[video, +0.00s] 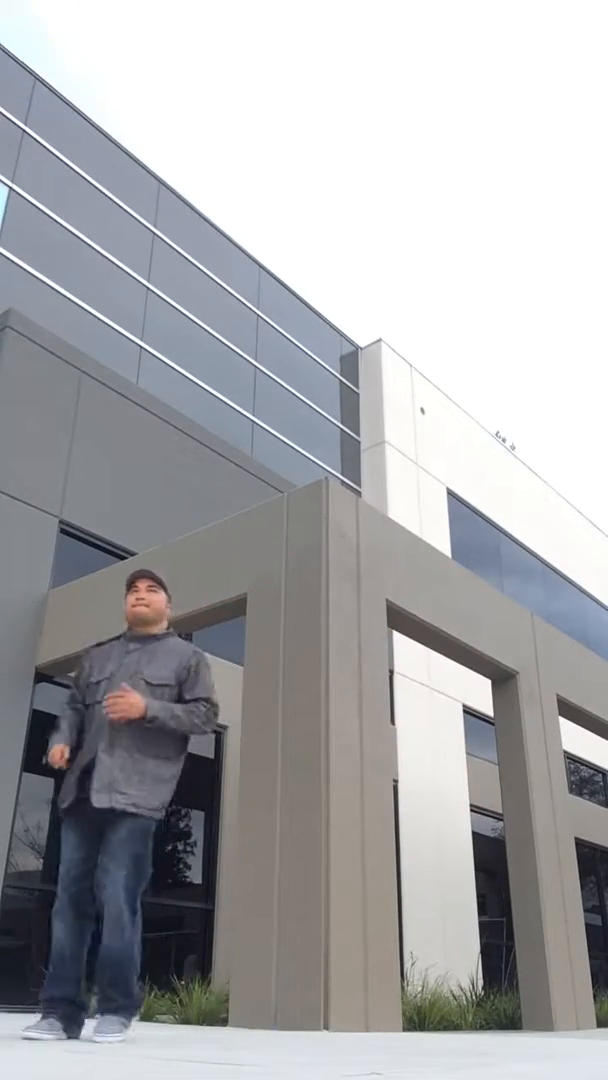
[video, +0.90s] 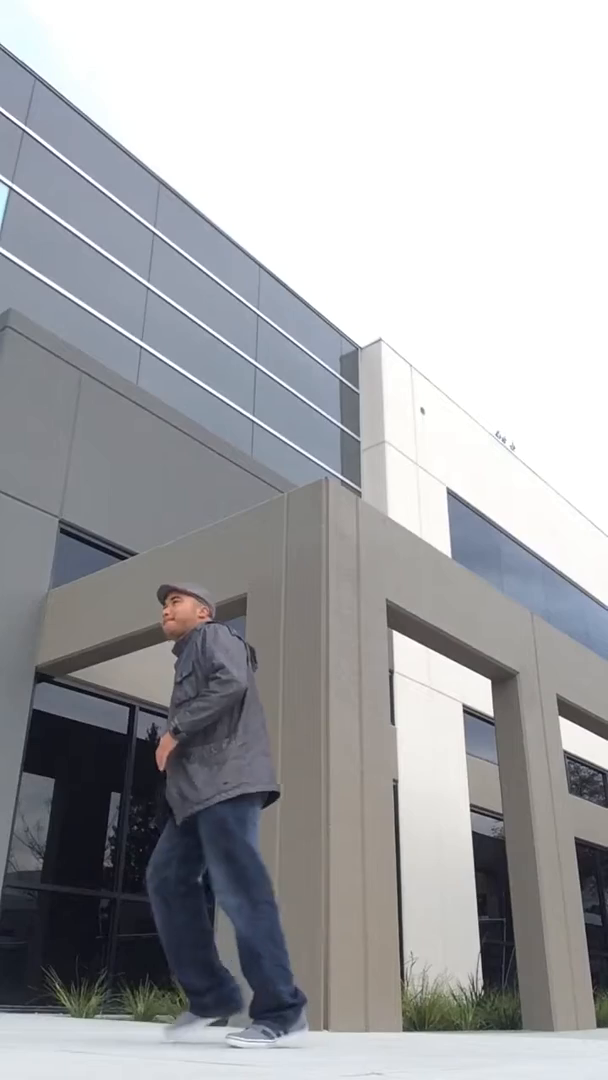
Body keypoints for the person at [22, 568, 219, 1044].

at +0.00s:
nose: (141, 595)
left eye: (151, 590)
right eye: (134, 591)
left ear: (168, 607)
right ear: (123, 607)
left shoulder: (187, 656)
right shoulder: (95, 655)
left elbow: (206, 717)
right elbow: (74, 707)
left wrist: (148, 707)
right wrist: (62, 738)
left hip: (138, 794)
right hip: (82, 787)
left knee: (117, 895)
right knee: (70, 897)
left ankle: (115, 1010)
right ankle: (61, 1011)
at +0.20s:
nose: (125, 606)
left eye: (137, 599)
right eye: (121, 601)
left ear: (161, 612)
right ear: (118, 616)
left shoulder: (180, 653)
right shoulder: (121, 669)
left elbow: (192, 714)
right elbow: (114, 733)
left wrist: (132, 741)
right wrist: (89, 772)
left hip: (150, 803)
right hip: (108, 802)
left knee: (125, 903)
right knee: (80, 898)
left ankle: (123, 1015)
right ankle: (84, 1006)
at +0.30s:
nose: (130, 608)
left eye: (141, 600)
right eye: (125, 604)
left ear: (165, 613)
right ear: (125, 620)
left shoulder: (181, 649)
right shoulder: (135, 667)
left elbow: (198, 709)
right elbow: (130, 732)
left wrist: (140, 746)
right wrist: (105, 762)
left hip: (161, 796)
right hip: (126, 797)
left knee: (129, 901)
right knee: (100, 900)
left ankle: (122, 1015)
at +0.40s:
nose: (136, 605)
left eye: (146, 597)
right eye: (131, 601)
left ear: (172, 610)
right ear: (131, 616)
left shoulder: (188, 644)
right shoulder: (144, 662)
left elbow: (208, 702)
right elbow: (143, 725)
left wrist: (155, 749)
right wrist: (119, 752)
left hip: (171, 794)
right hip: (139, 797)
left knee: (142, 898)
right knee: (150, 897)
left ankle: (125, 1015)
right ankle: (212, 986)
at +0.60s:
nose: (150, 619)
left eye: (159, 611)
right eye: (146, 615)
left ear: (187, 619)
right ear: (151, 629)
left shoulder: (204, 652)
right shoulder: (167, 672)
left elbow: (228, 709)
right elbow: (168, 742)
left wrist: (184, 763)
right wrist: (144, 775)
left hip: (196, 795)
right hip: (185, 796)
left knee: (145, 882)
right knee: (198, 900)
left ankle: (164, 1000)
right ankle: (235, 1021)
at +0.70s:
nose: (158, 617)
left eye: (168, 609)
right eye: (155, 612)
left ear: (194, 617)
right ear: (155, 626)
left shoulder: (211, 650)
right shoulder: (178, 669)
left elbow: (232, 706)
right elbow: (185, 733)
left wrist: (180, 755)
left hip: (206, 791)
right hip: (192, 794)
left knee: (171, 881)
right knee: (200, 892)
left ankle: (226, 994)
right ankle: (235, 1020)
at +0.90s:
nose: (166, 610)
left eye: (176, 602)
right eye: (164, 605)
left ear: (204, 611)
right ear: (170, 619)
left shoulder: (215, 633)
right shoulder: (187, 660)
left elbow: (231, 682)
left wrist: (176, 729)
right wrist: (173, 738)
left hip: (227, 784)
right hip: (198, 792)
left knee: (243, 892)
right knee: (167, 880)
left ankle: (281, 1011)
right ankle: (213, 999)